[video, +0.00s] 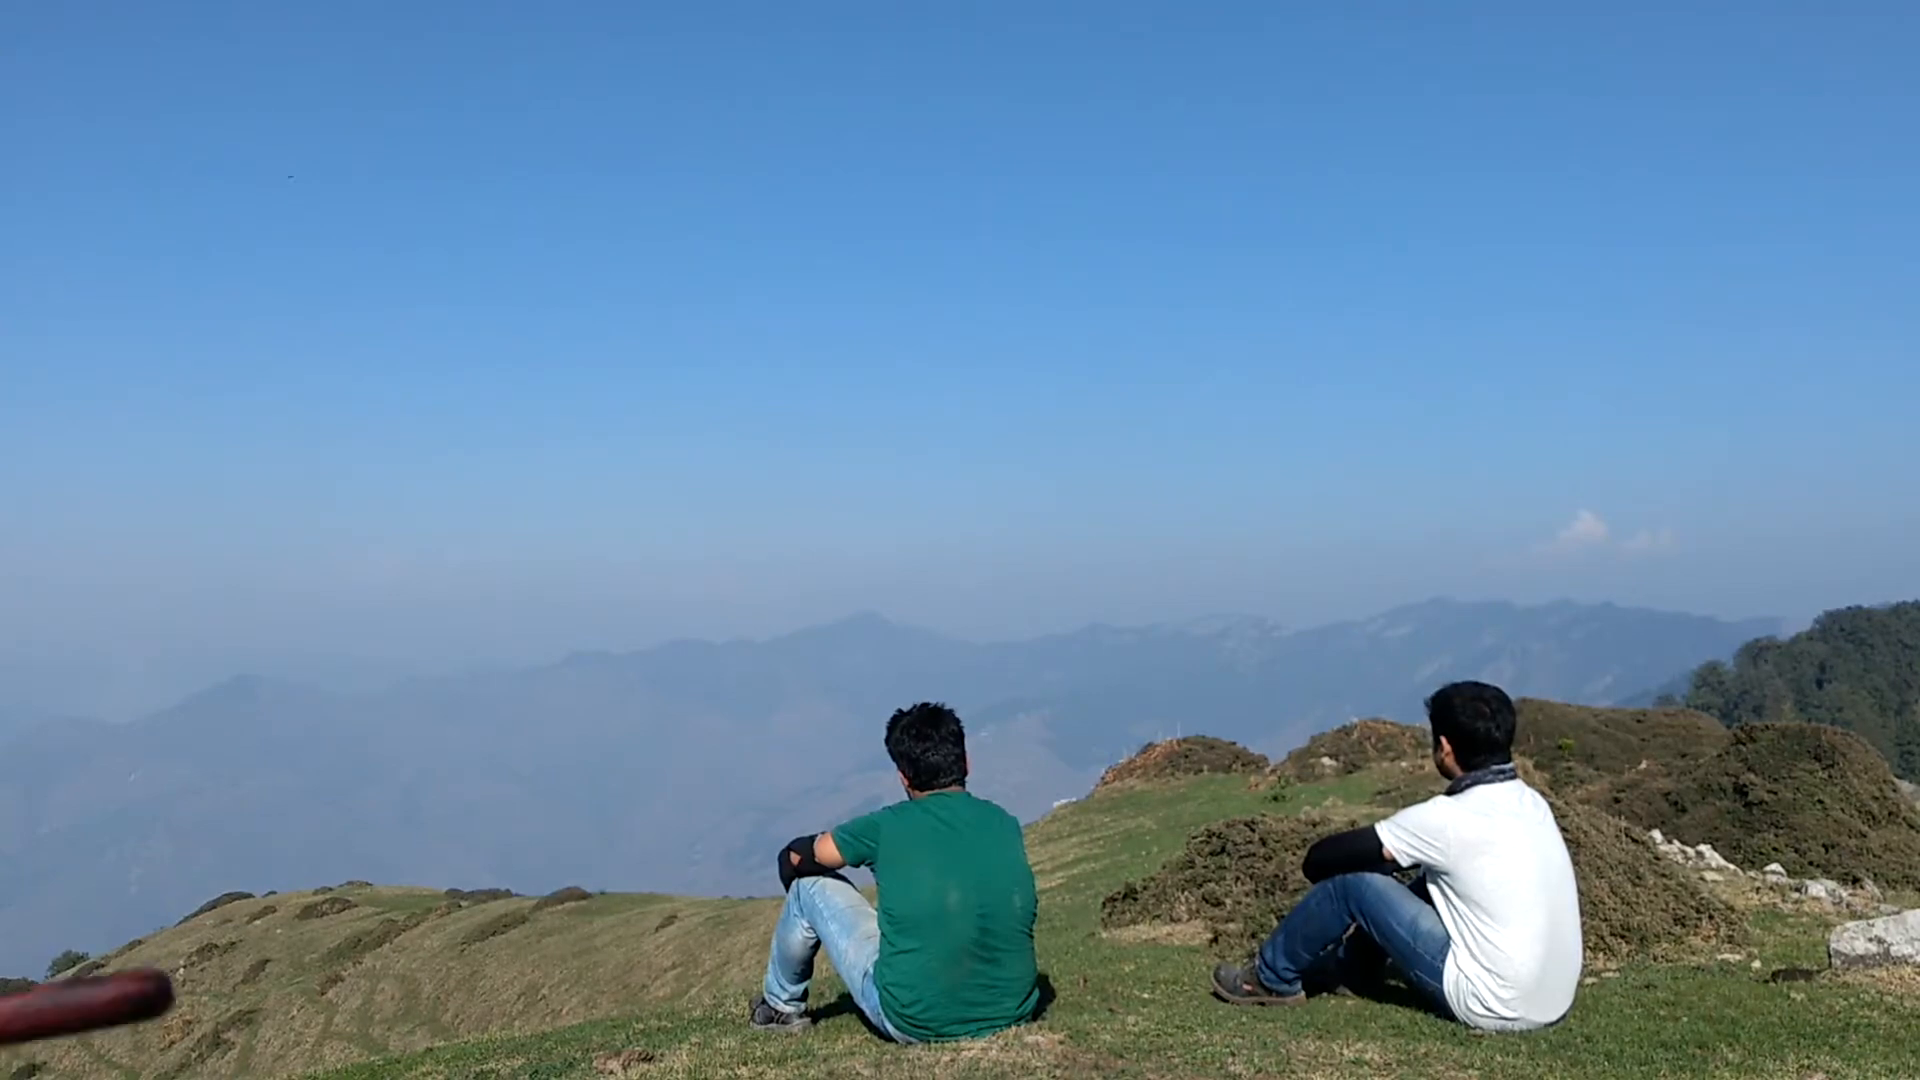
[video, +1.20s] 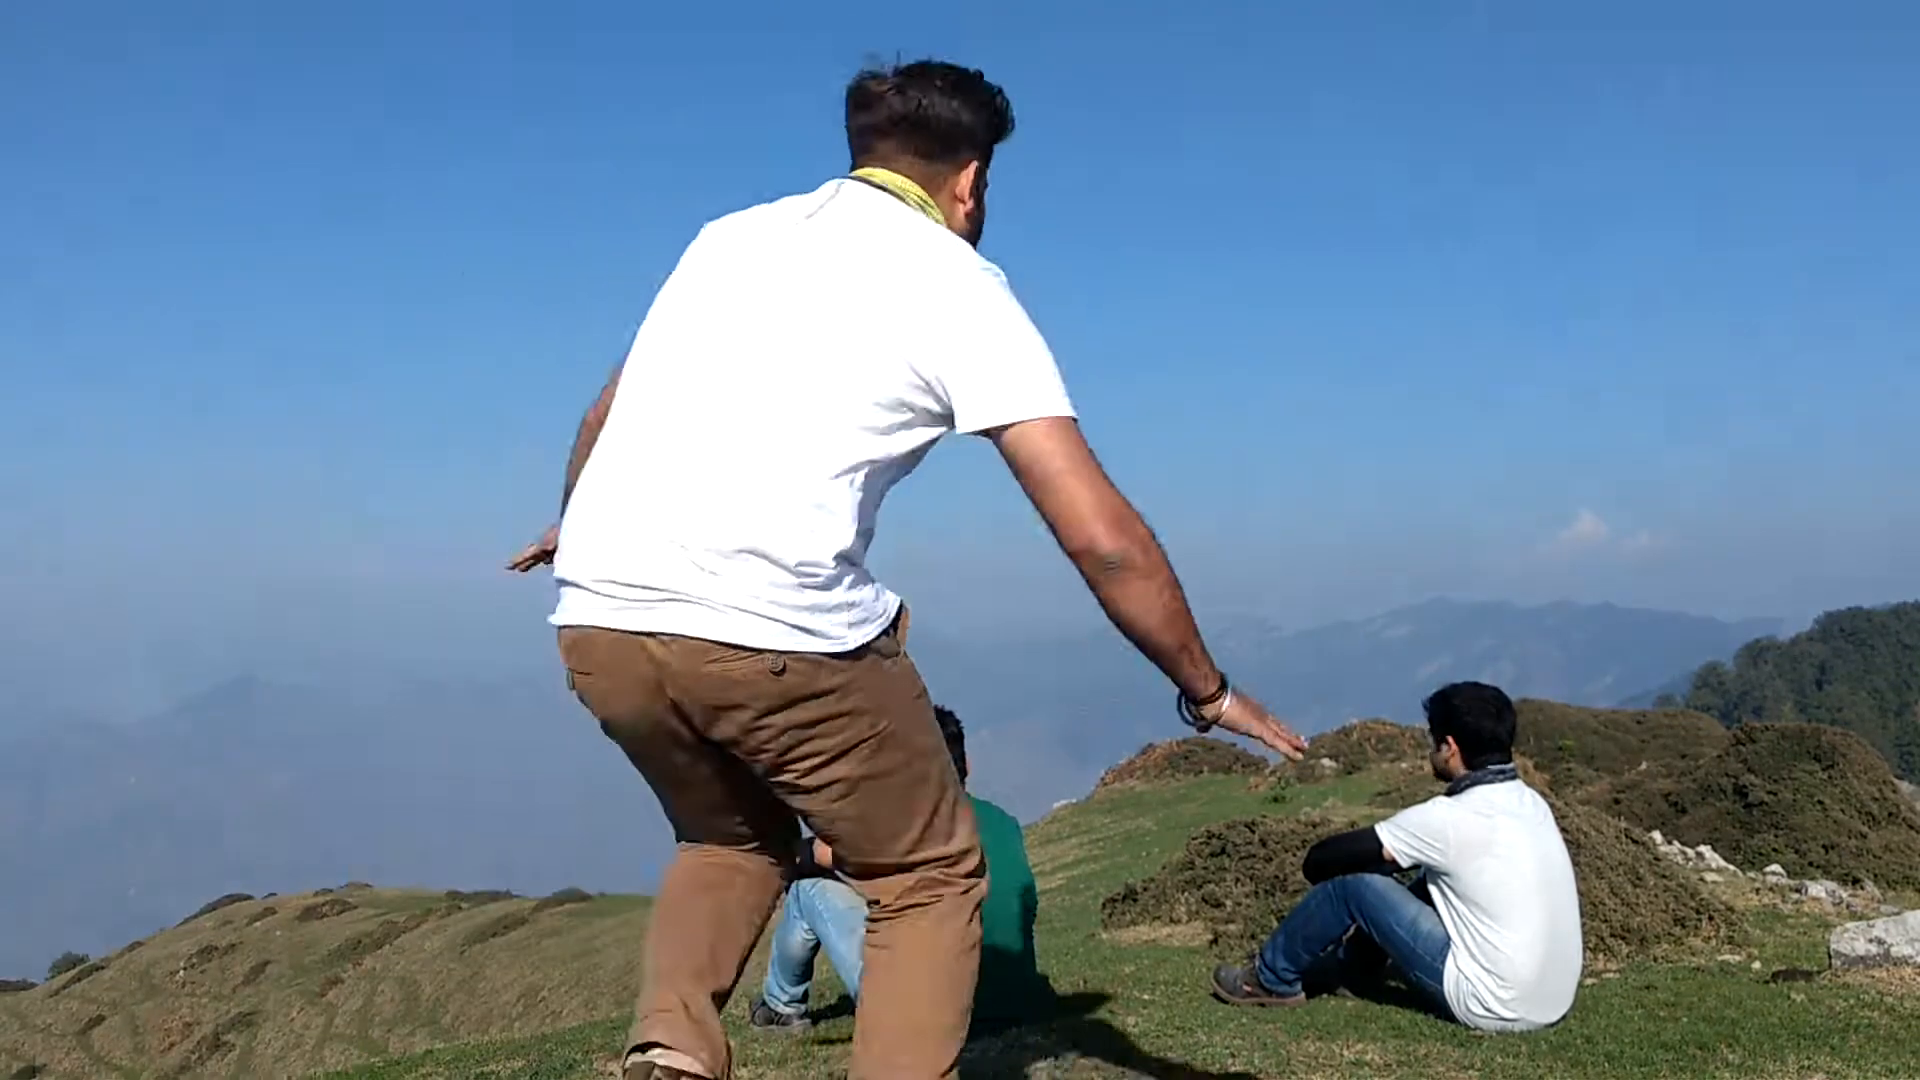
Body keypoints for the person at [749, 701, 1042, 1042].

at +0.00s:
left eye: (898, 770)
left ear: (904, 777)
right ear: (967, 764)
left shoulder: (887, 825)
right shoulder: (1006, 823)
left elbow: (796, 857)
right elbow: (1022, 912)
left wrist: (797, 889)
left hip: (915, 1021)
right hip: (1009, 1012)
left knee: (810, 885)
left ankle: (781, 1006)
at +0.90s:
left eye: (899, 771)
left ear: (905, 779)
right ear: (967, 765)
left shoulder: (889, 823)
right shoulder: (1006, 823)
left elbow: (796, 856)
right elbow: (1020, 911)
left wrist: (798, 893)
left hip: (912, 1018)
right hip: (1007, 1012)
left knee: (810, 886)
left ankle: (781, 1006)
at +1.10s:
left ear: (904, 779)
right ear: (966, 766)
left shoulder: (881, 829)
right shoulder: (1004, 824)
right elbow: (1022, 910)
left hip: (914, 1012)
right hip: (1010, 1006)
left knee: (824, 900)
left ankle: (777, 1001)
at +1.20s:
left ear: (911, 769)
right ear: (965, 764)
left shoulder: (897, 822)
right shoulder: (1004, 823)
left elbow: (822, 854)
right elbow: (1026, 904)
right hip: (1014, 1002)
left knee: (810, 890)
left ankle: (782, 1005)